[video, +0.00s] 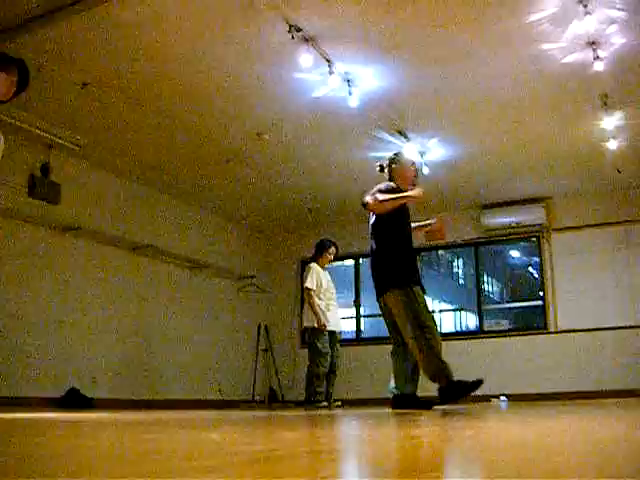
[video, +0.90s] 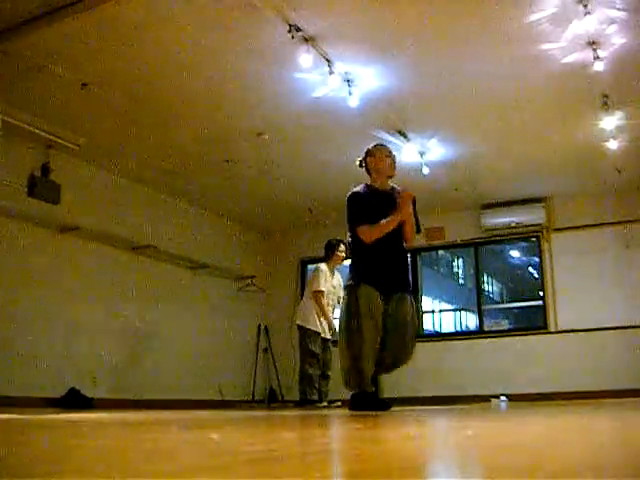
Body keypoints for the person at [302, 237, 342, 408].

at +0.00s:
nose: (331, 258)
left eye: (333, 255)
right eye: (329, 253)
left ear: (332, 256)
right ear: (320, 252)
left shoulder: (324, 272)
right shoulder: (313, 268)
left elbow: (326, 297)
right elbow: (309, 293)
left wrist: (333, 319)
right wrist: (319, 317)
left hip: (332, 323)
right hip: (319, 323)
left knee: (332, 363)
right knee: (320, 362)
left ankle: (328, 396)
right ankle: (314, 396)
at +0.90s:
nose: (341, 255)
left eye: (343, 252)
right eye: (338, 251)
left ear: (345, 256)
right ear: (330, 253)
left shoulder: (337, 277)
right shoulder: (320, 270)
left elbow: (339, 299)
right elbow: (318, 295)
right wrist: (329, 322)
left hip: (326, 320)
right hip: (311, 318)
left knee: (325, 360)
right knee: (312, 359)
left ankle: (322, 396)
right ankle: (310, 396)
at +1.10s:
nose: (343, 253)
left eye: (344, 250)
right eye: (340, 250)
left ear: (343, 254)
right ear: (331, 252)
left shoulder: (339, 276)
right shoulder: (321, 270)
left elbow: (340, 300)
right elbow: (313, 295)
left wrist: (349, 312)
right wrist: (318, 321)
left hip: (326, 321)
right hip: (311, 320)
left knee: (326, 360)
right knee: (312, 359)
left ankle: (324, 395)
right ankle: (308, 396)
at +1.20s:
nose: (344, 253)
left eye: (345, 250)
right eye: (341, 250)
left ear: (345, 254)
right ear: (332, 252)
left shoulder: (340, 275)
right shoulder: (322, 269)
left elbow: (335, 297)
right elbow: (307, 285)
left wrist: (344, 307)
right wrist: (304, 307)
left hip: (328, 320)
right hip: (314, 318)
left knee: (328, 359)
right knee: (316, 356)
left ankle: (324, 395)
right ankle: (309, 395)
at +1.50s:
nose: (344, 253)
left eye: (346, 251)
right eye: (340, 250)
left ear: (347, 255)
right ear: (332, 253)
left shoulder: (342, 280)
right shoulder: (322, 269)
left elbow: (338, 304)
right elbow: (306, 291)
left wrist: (351, 292)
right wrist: (298, 313)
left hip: (329, 324)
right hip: (315, 320)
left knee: (338, 356)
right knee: (329, 356)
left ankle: (323, 395)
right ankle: (321, 397)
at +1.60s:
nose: (341, 255)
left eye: (343, 252)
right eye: (337, 251)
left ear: (346, 257)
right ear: (329, 254)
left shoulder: (346, 278)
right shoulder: (318, 271)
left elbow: (357, 298)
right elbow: (303, 288)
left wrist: (356, 279)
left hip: (336, 324)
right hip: (315, 322)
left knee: (350, 355)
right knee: (324, 356)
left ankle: (335, 379)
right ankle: (322, 397)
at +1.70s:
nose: (342, 251)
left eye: (345, 249)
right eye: (339, 247)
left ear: (348, 253)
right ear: (332, 250)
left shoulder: (349, 274)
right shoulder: (318, 263)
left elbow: (364, 294)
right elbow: (299, 268)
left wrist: (361, 283)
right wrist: (307, 272)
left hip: (333, 314)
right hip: (312, 314)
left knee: (336, 333)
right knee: (314, 359)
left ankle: (336, 362)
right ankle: (319, 397)